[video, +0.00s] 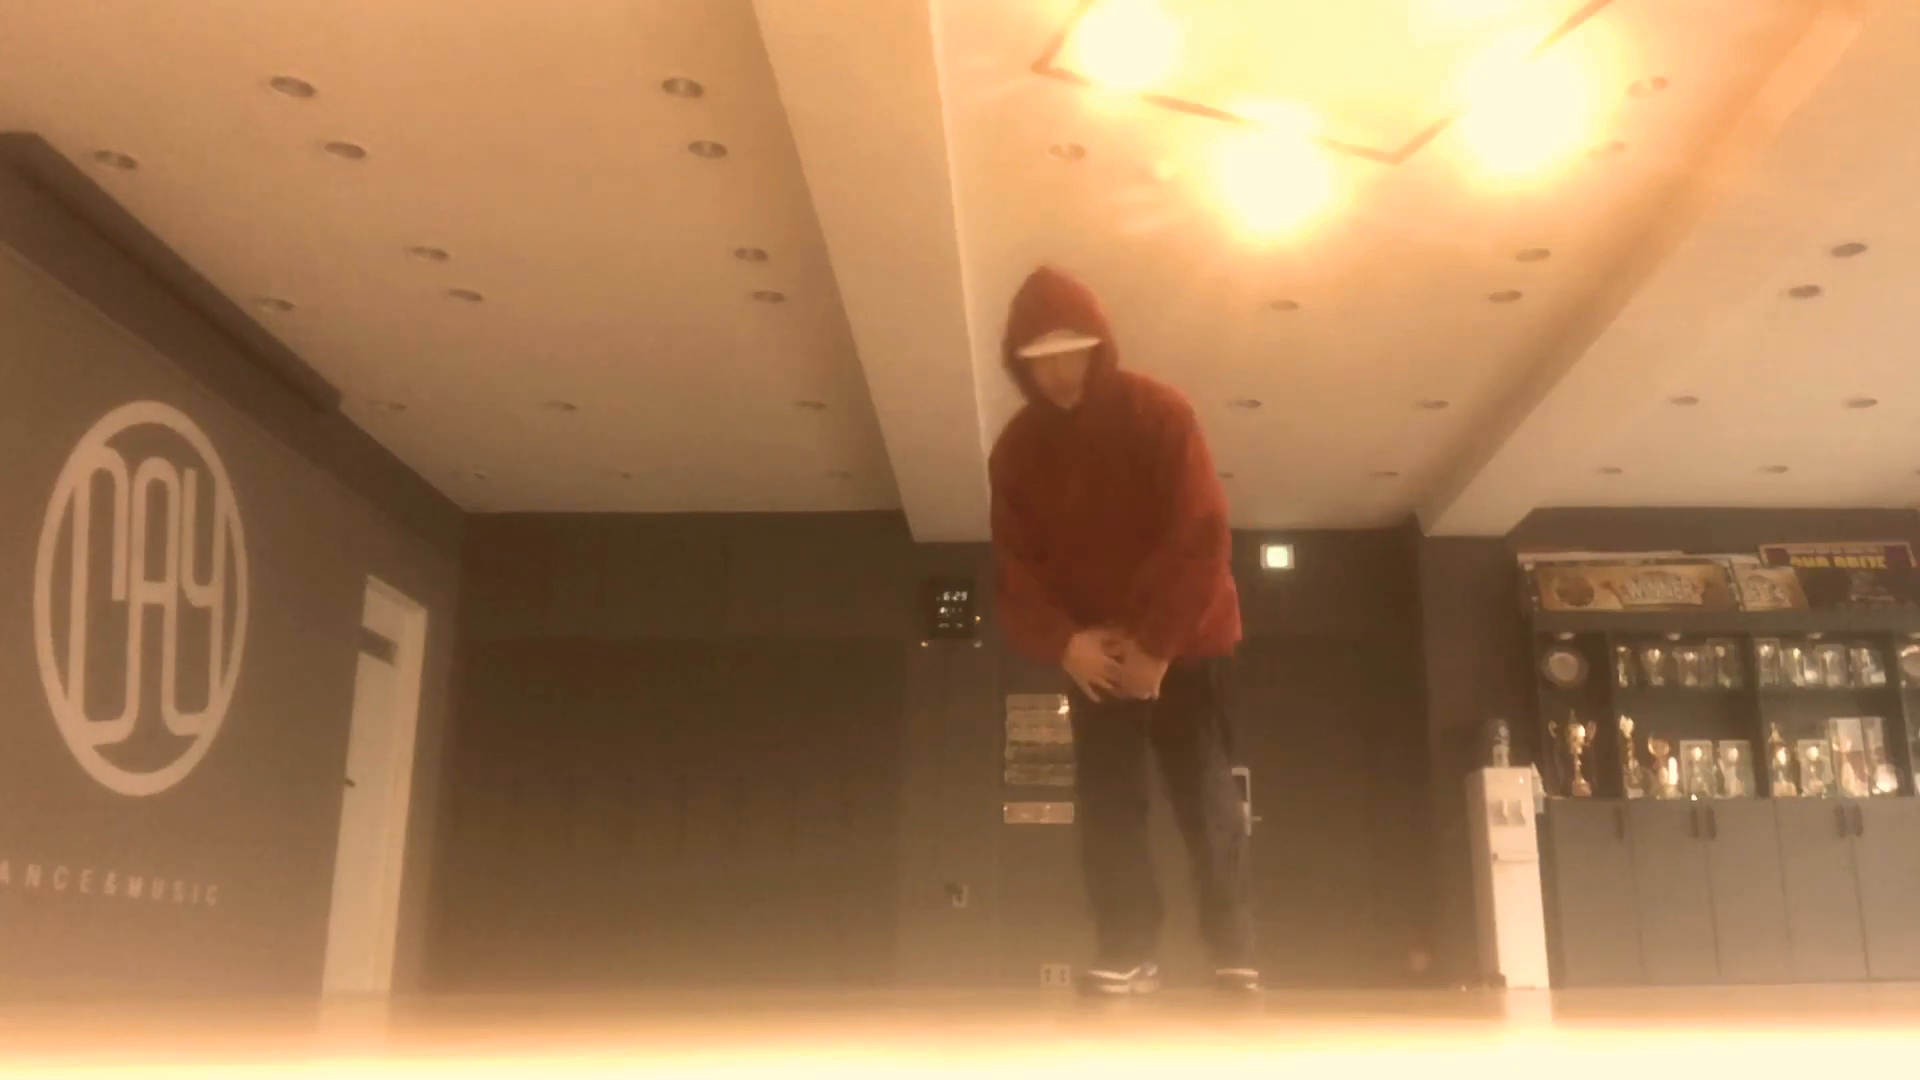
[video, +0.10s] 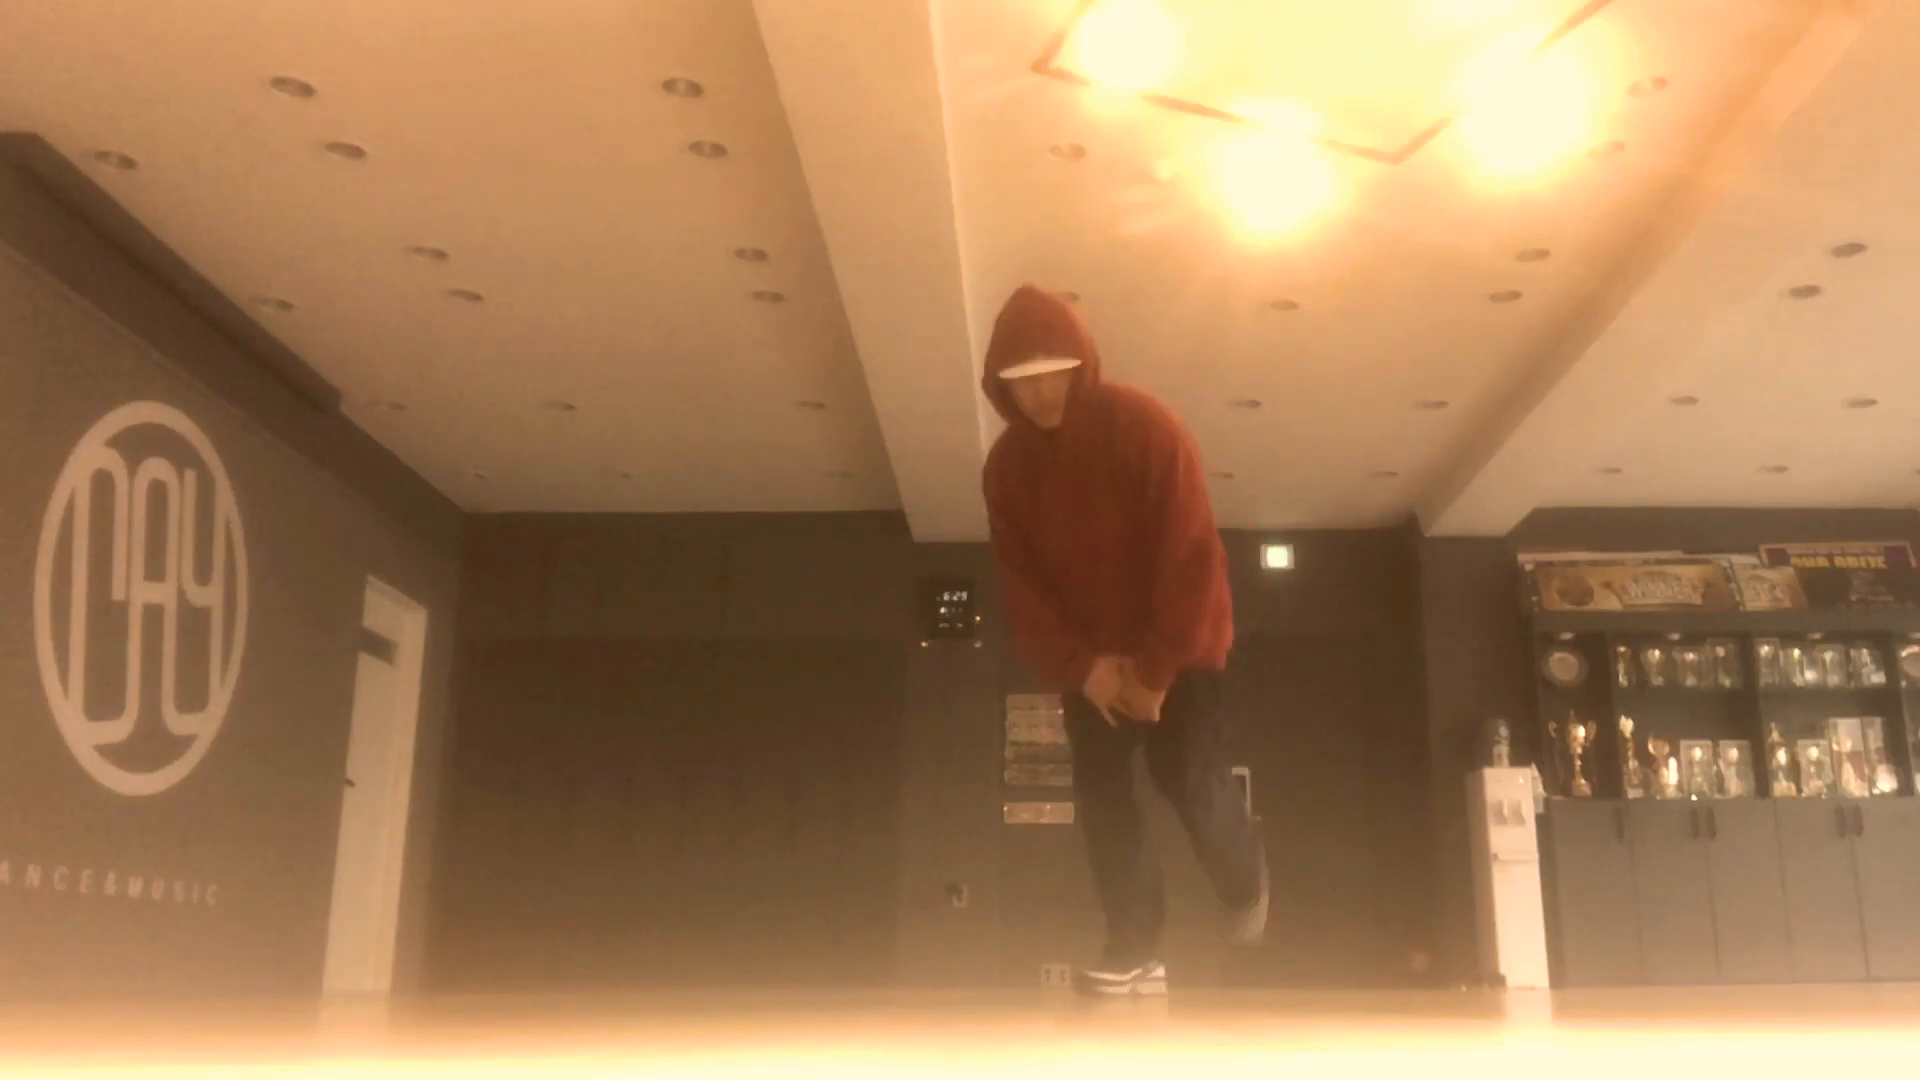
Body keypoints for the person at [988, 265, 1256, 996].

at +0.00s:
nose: (1053, 375)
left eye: (1067, 356)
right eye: (1037, 361)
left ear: (1097, 348)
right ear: (1020, 365)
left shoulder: (1162, 416)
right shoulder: (1017, 447)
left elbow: (1201, 538)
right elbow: (1014, 571)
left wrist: (1155, 641)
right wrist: (1065, 640)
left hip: (1186, 642)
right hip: (1093, 651)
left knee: (1207, 803)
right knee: (1106, 808)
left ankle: (1233, 955)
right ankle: (1126, 954)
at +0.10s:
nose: (1038, 393)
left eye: (1051, 374)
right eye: (1022, 379)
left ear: (1080, 368)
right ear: (1002, 385)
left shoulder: (1145, 427)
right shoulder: (1008, 463)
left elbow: (1189, 554)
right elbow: (1019, 589)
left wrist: (1157, 667)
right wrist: (1081, 663)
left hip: (1177, 636)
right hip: (1087, 651)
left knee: (1184, 776)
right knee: (1104, 798)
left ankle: (1241, 877)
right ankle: (1132, 946)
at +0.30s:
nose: (1052, 334)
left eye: (1068, 315)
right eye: (1036, 317)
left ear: (1097, 318)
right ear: (1015, 326)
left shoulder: (1152, 400)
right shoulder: (1005, 420)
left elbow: (1189, 525)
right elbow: (990, 540)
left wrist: (1148, 620)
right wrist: (1042, 602)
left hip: (1153, 623)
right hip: (1069, 628)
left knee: (1166, 753)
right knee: (1086, 788)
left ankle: (1218, 790)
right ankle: (1129, 943)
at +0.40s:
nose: (1063, 295)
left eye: (1080, 278)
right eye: (1047, 279)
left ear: (1108, 283)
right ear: (1025, 288)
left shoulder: (1164, 373)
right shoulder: (1004, 384)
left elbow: (1193, 489)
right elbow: (984, 493)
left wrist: (1137, 559)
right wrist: (1037, 530)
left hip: (1154, 594)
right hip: (1063, 601)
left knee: (1160, 737)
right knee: (1086, 760)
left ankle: (1182, 889)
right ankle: (1113, 933)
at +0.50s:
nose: (1072, 295)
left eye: (1089, 278)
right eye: (1056, 278)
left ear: (1116, 286)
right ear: (1034, 289)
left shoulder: (1167, 377)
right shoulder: (1011, 382)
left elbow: (1186, 472)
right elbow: (992, 465)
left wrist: (1141, 529)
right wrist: (1042, 492)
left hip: (1152, 612)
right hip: (1060, 614)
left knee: (1158, 766)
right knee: (1079, 774)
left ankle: (1157, 923)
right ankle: (1099, 940)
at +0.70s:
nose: (1116, 266)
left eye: (1135, 250)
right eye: (1099, 248)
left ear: (1159, 261)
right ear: (1074, 255)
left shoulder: (1194, 366)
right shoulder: (1031, 353)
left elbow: (1212, 494)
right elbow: (1012, 463)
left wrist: (1147, 578)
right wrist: (1068, 528)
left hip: (1147, 606)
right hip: (1045, 604)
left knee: (1134, 759)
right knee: (1054, 769)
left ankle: (1139, 928)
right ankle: (1088, 936)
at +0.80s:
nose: (1150, 265)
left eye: (1170, 251)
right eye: (1136, 245)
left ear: (1193, 266)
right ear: (1108, 250)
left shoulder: (1208, 373)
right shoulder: (1052, 339)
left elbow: (1213, 521)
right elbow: (1026, 463)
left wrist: (1142, 611)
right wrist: (1080, 559)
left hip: (1149, 603)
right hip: (1044, 592)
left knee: (1135, 759)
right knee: (1047, 767)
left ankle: (1138, 944)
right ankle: (1072, 947)